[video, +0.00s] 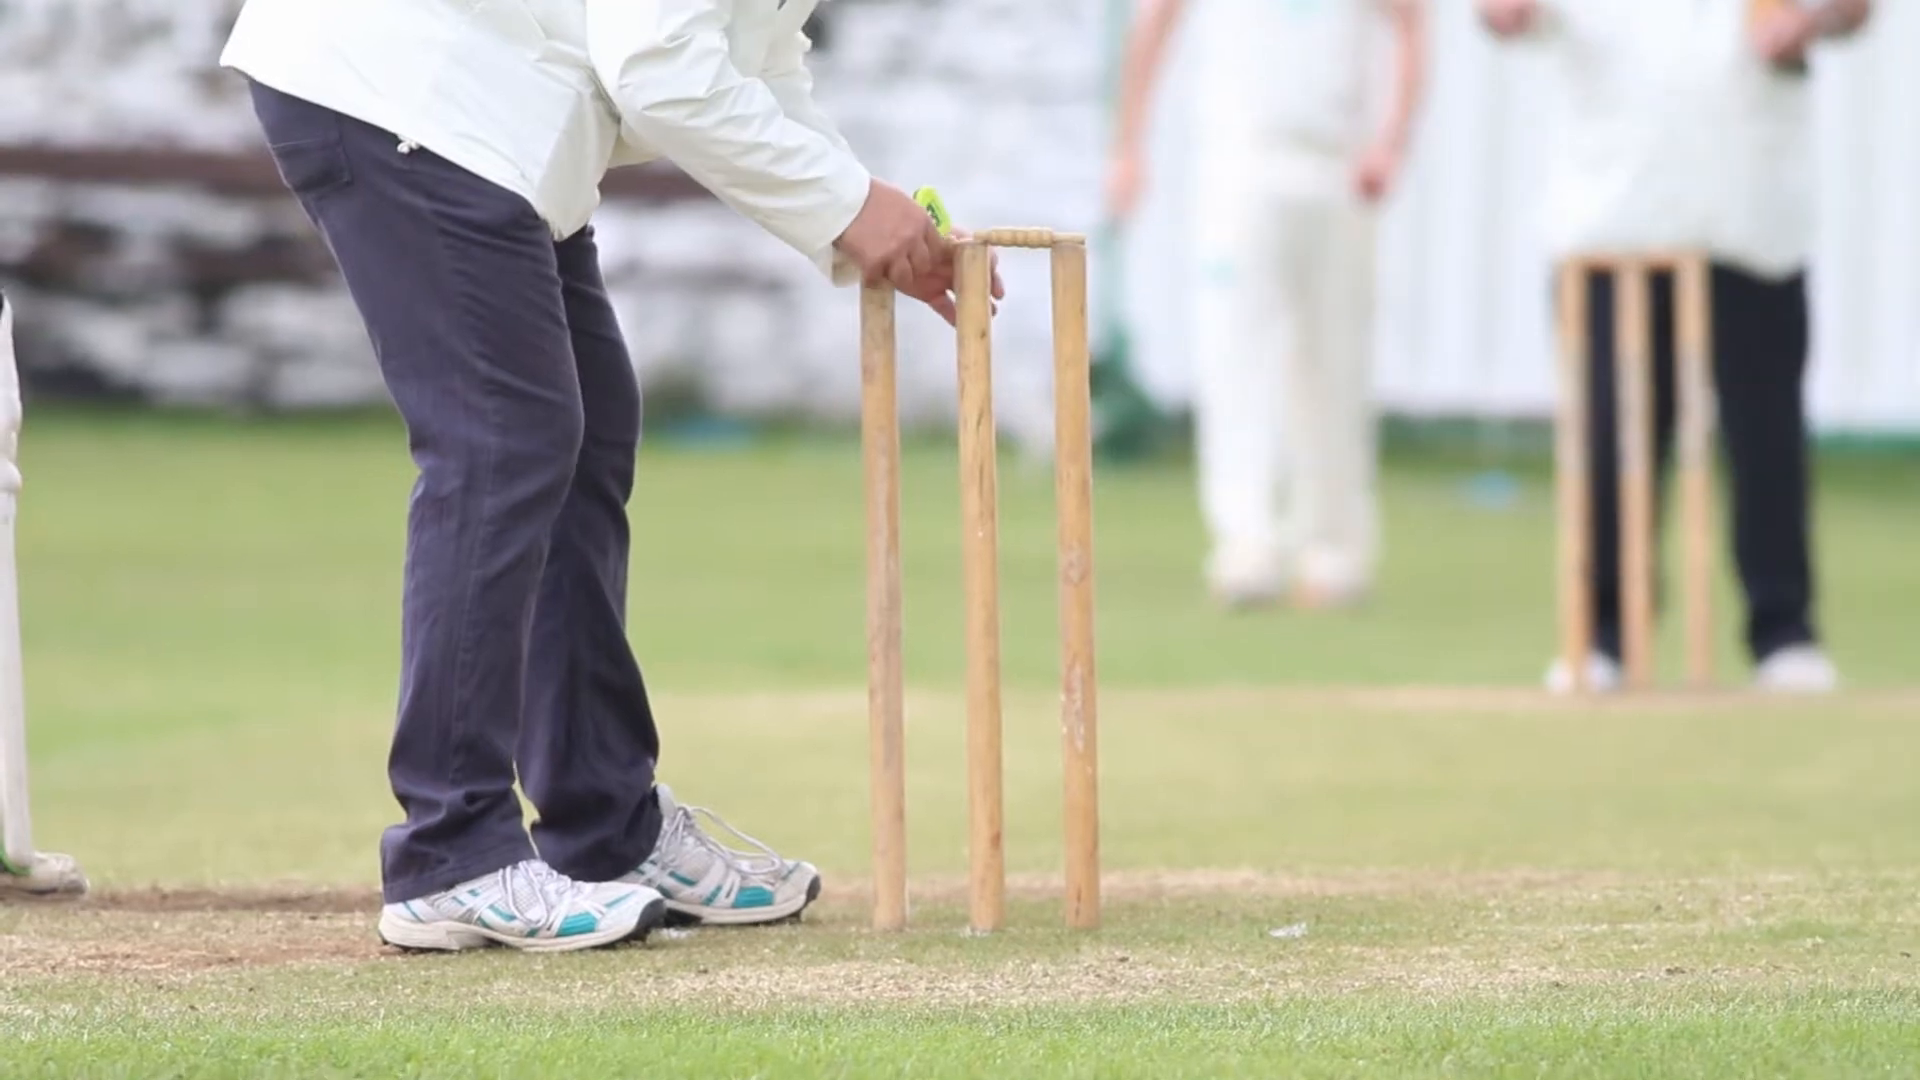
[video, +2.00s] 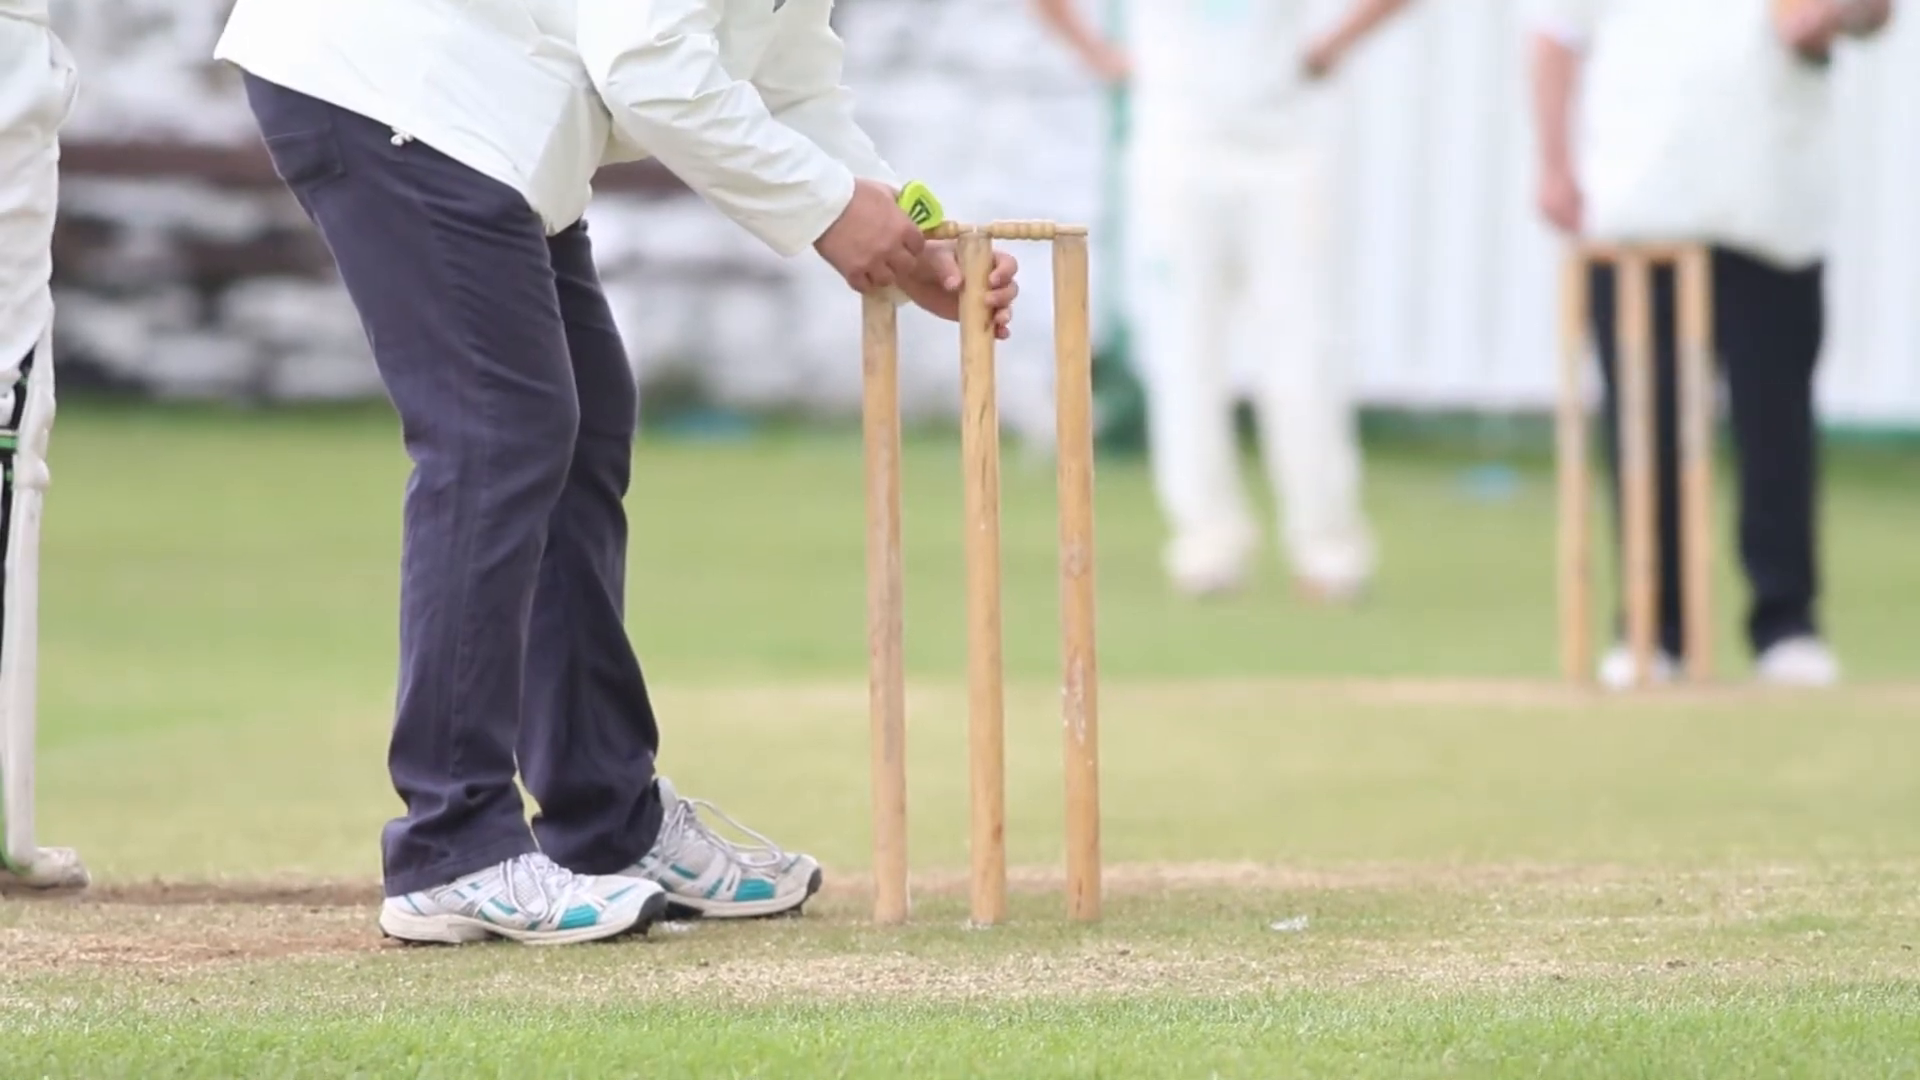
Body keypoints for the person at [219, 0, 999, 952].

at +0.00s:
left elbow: (771, 77)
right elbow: (657, 73)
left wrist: (875, 229)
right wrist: (852, 202)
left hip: (492, 77)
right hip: (385, 59)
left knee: (589, 424)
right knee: (508, 434)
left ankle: (604, 833)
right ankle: (451, 863)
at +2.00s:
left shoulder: (784, 3)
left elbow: (803, 102)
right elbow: (646, 64)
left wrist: (913, 241)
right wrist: (828, 212)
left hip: (494, 81)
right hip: (379, 58)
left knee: (585, 416)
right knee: (504, 425)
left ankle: (604, 825)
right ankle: (450, 858)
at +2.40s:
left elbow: (795, 79)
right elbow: (648, 66)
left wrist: (945, 170)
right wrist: (827, 203)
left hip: (489, 82)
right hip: (379, 56)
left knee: (587, 416)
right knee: (507, 426)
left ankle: (606, 822)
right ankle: (451, 855)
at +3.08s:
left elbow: (805, 58)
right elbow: (643, 61)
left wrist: (944, 187)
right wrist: (826, 199)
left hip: (491, 77)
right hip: (381, 56)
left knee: (588, 415)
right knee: (507, 423)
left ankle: (607, 820)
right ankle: (452, 851)